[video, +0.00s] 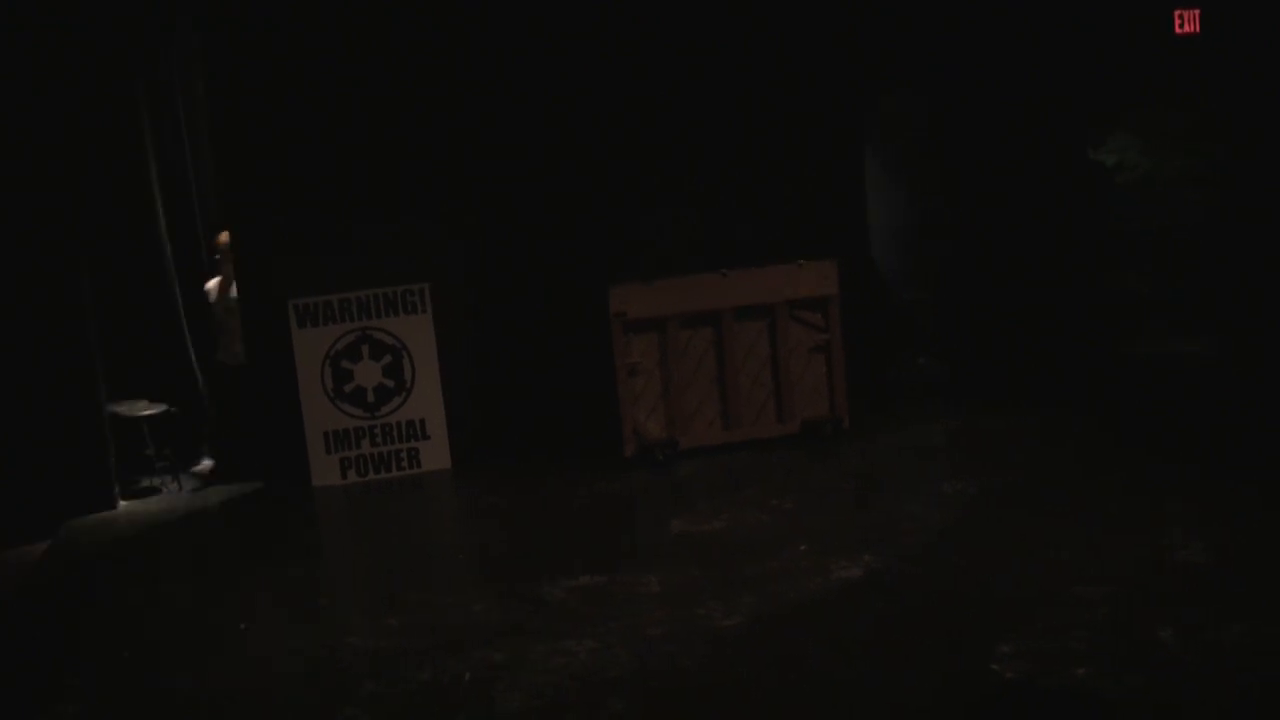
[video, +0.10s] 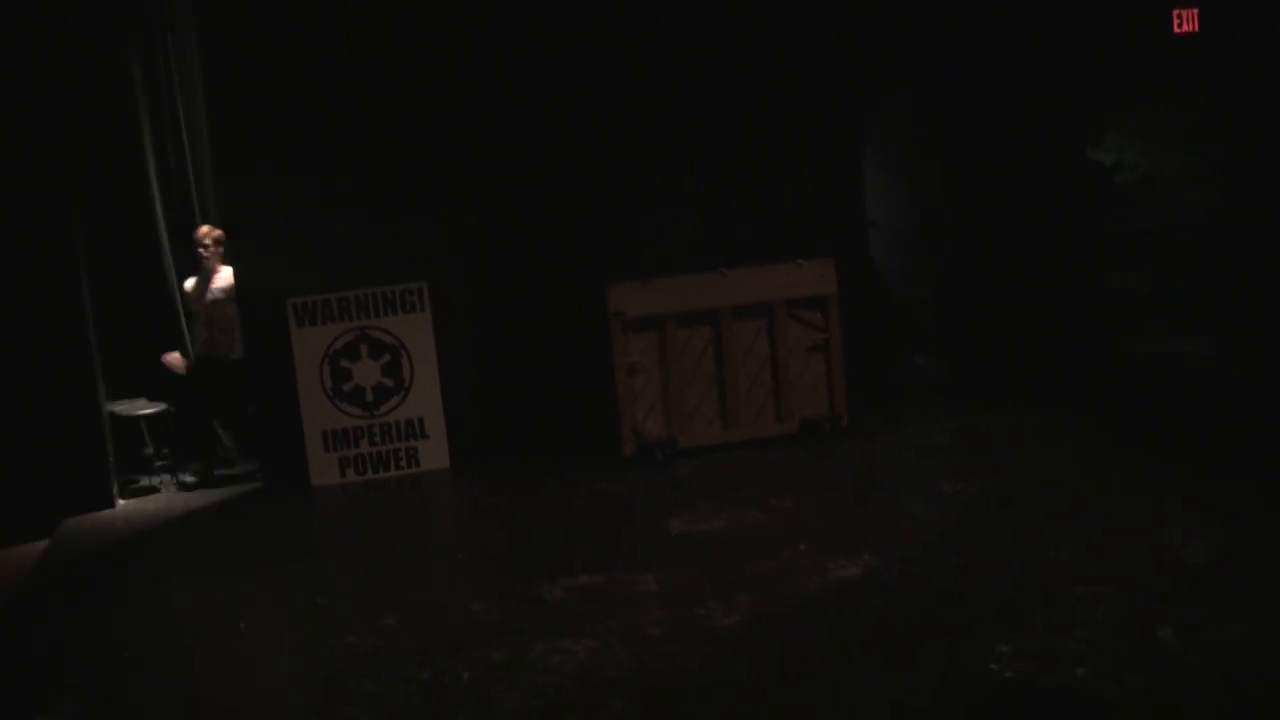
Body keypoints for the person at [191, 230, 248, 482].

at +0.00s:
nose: (226, 256)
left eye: (229, 250)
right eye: (222, 251)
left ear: (236, 252)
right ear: (216, 255)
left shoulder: (239, 285)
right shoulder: (212, 288)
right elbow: (217, 309)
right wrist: (228, 273)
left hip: (246, 355)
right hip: (224, 357)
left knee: (251, 404)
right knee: (229, 407)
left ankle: (258, 453)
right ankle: (232, 456)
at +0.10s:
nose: (204, 252)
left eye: (209, 246)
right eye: (200, 247)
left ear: (221, 248)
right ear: (196, 250)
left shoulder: (233, 277)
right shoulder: (190, 285)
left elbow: (242, 319)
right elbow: (191, 324)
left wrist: (242, 349)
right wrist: (181, 353)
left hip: (233, 357)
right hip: (203, 360)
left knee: (239, 412)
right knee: (201, 413)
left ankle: (251, 462)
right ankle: (204, 466)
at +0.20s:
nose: (190, 250)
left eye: (195, 244)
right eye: (186, 245)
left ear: (206, 247)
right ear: (180, 250)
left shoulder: (223, 274)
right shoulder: (174, 287)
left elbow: (225, 310)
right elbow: (168, 323)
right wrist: (140, 324)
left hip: (219, 356)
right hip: (190, 359)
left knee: (193, 405)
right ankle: (201, 471)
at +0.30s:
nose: (179, 247)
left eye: (184, 242)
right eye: (174, 242)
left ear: (195, 245)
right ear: (168, 246)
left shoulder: (215, 275)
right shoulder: (161, 285)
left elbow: (239, 312)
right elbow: (148, 319)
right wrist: (116, 309)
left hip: (212, 354)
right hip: (180, 356)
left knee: (174, 391)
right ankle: (198, 468)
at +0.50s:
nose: (161, 258)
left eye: (166, 252)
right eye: (156, 252)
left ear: (175, 255)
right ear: (149, 256)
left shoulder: (190, 291)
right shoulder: (140, 290)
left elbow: (197, 325)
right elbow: (133, 325)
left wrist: (194, 351)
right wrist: (97, 316)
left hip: (183, 369)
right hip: (156, 370)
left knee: (183, 421)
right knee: (169, 423)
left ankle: (187, 477)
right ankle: (193, 467)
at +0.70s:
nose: (138, 259)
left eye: (143, 253)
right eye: (135, 253)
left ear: (150, 256)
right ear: (131, 255)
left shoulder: (156, 291)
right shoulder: (124, 285)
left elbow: (173, 331)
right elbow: (124, 318)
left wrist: (189, 365)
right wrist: (96, 318)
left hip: (162, 366)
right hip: (137, 368)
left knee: (173, 426)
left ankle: (183, 482)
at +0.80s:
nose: (127, 259)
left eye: (132, 253)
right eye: (124, 253)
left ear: (138, 256)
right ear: (117, 254)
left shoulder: (144, 291)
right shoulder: (110, 285)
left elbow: (146, 326)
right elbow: (112, 320)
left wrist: (153, 348)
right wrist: (93, 330)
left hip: (144, 365)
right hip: (118, 366)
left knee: (157, 421)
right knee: (119, 423)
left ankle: (178, 471)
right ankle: (127, 477)